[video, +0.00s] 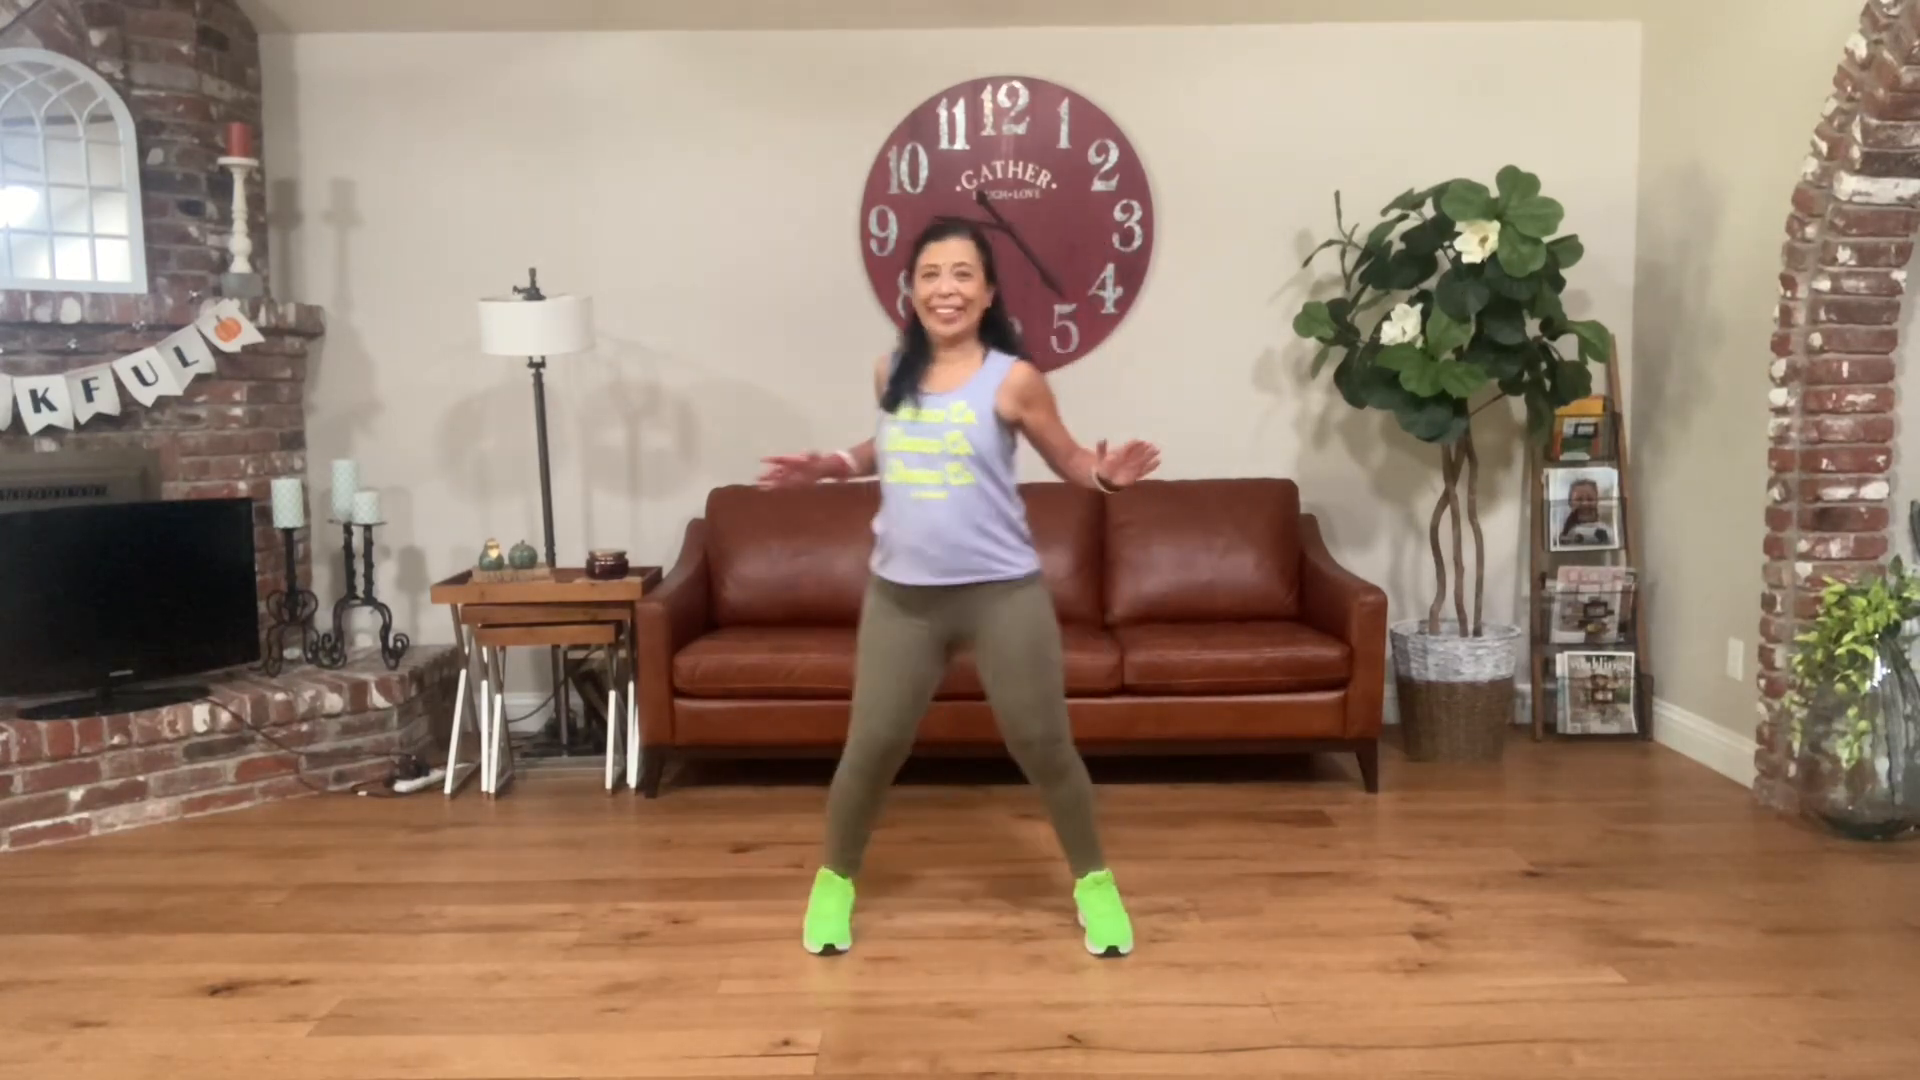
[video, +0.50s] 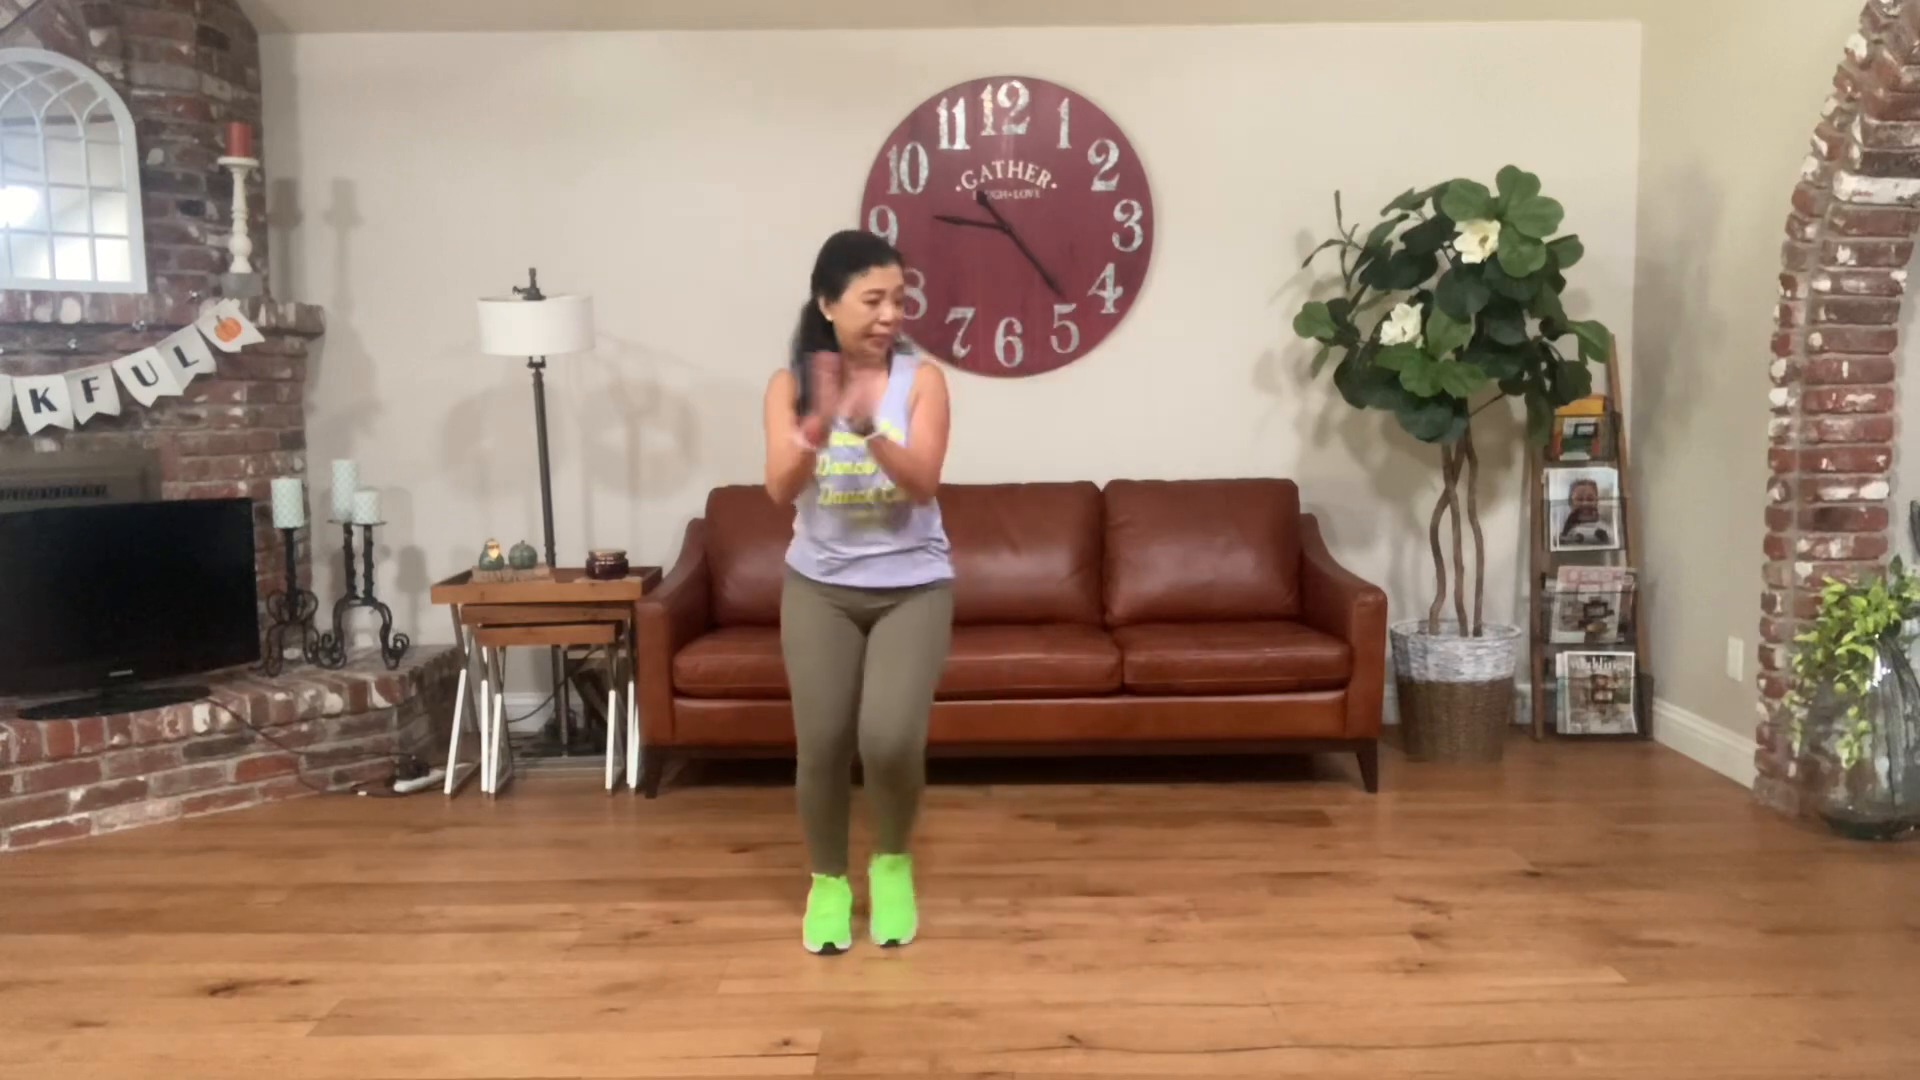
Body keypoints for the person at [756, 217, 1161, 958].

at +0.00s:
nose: (946, 288)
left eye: (963, 274)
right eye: (931, 274)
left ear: (987, 292)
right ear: (911, 292)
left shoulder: (1013, 381)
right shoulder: (892, 372)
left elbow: (1072, 461)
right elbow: (899, 446)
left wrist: (1106, 471)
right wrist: (831, 465)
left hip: (1003, 590)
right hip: (901, 595)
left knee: (1041, 741)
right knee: (874, 743)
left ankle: (1094, 884)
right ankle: (835, 881)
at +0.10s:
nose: (919, 290)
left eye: (936, 276)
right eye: (903, 275)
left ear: (957, 292)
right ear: (882, 288)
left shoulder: (979, 380)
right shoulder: (855, 371)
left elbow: (1034, 471)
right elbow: (829, 456)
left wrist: (1070, 467)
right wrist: (780, 458)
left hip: (965, 589)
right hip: (865, 591)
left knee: (1008, 740)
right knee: (849, 743)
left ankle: (1085, 876)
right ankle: (832, 882)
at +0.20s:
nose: (897, 301)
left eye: (913, 287)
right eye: (881, 286)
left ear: (931, 300)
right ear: (855, 297)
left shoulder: (952, 388)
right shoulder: (822, 376)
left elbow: (1001, 491)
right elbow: (766, 461)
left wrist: (1023, 454)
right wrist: (738, 443)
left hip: (941, 582)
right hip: (844, 590)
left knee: (975, 738)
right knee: (836, 740)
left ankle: (1059, 866)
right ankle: (831, 884)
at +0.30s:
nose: (891, 315)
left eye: (904, 300)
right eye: (874, 300)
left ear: (917, 310)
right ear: (838, 310)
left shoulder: (935, 392)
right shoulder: (803, 388)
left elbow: (961, 503)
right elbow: (730, 475)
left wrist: (969, 433)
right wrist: (721, 423)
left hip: (929, 585)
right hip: (833, 592)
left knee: (941, 731)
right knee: (828, 741)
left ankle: (1002, 850)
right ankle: (829, 884)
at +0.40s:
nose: (888, 319)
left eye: (899, 302)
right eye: (871, 302)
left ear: (911, 309)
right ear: (830, 312)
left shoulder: (926, 383)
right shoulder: (797, 387)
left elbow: (934, 499)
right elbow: (746, 487)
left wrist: (924, 427)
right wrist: (745, 419)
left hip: (919, 584)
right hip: (823, 589)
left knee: (913, 728)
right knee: (823, 741)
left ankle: (936, 842)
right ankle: (829, 884)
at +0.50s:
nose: (889, 314)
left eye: (897, 299)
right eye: (871, 299)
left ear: (905, 303)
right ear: (828, 305)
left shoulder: (922, 379)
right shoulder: (792, 384)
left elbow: (923, 483)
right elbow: (781, 490)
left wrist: (871, 429)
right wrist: (813, 434)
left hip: (913, 583)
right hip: (818, 584)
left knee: (888, 739)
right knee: (822, 740)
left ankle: (891, 865)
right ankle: (829, 882)